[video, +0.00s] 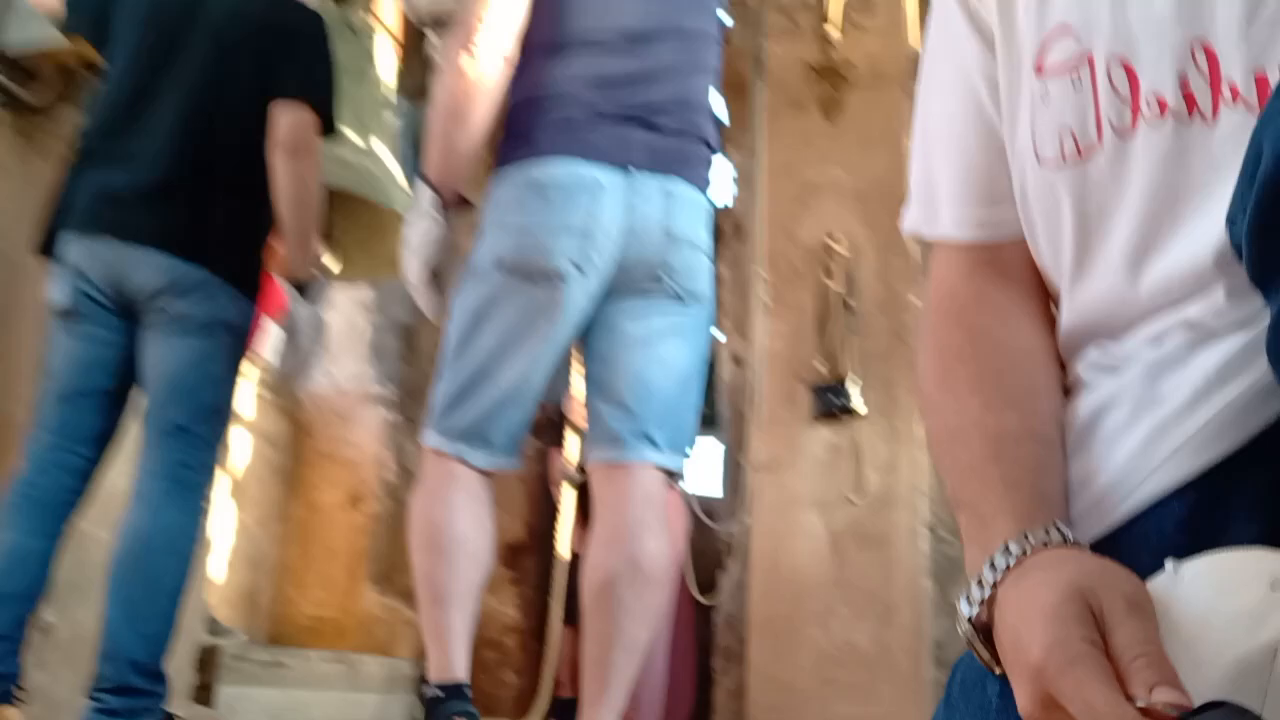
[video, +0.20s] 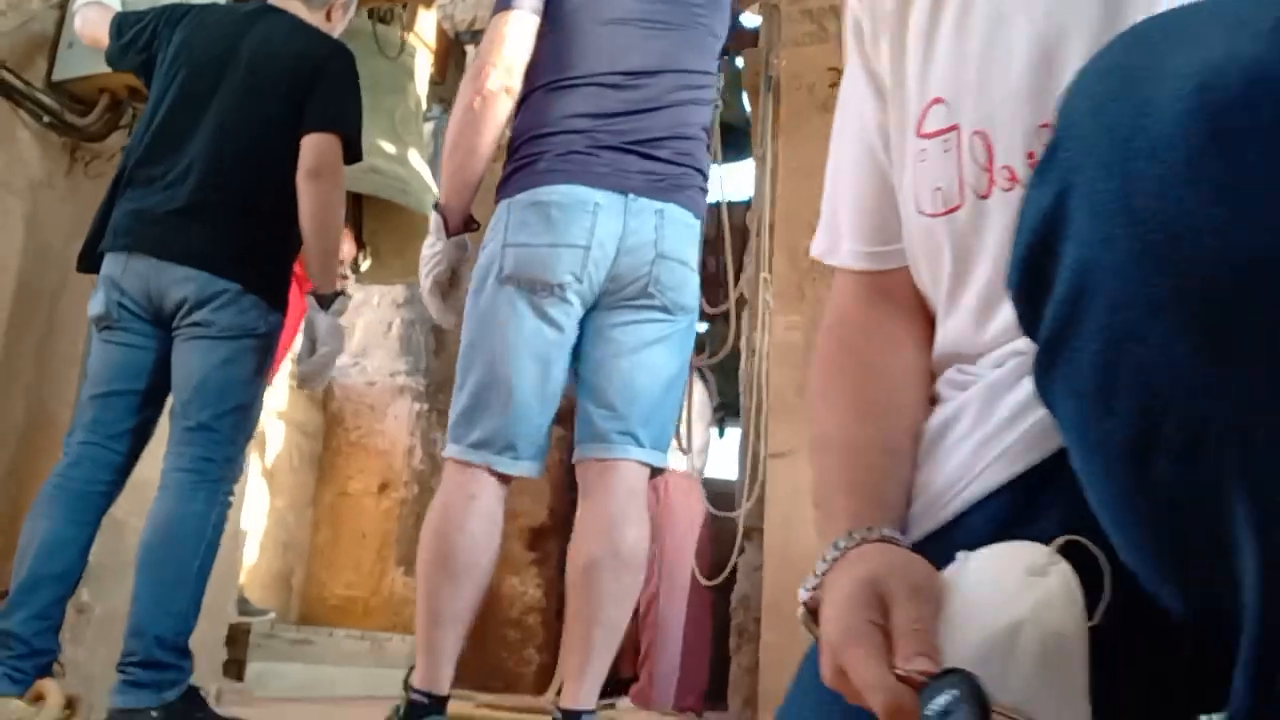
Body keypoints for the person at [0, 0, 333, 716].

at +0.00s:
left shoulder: (139, 3)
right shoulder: (291, 20)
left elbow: (77, 34)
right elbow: (293, 132)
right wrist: (303, 257)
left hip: (93, 226)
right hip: (201, 253)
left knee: (54, 459)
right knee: (173, 481)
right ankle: (126, 697)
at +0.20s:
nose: (345, 23)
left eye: (348, 16)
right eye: (348, 16)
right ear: (335, 8)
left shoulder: (188, 20)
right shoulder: (326, 57)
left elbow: (97, 28)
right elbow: (317, 166)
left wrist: (96, 14)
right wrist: (327, 287)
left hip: (133, 255)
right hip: (232, 278)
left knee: (89, 456)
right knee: (198, 476)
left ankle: (15, 666)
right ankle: (151, 687)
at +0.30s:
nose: (431, 49)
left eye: (432, 38)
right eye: (432, 37)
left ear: (357, 14)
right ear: (419, 30)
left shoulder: (286, 54)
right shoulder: (408, 84)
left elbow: (198, 60)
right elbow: (405, 184)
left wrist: (194, 38)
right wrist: (418, 296)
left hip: (238, 278)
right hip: (329, 297)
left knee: (206, 464)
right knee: (304, 482)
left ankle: (144, 665)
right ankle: (265, 684)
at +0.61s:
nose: (340, 69)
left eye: (341, 59)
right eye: (342, 59)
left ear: (269, 37)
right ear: (331, 51)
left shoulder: (197, 80)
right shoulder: (321, 101)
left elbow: (110, 92)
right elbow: (319, 207)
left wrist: (100, 71)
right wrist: (332, 316)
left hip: (148, 302)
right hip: (239, 317)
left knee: (114, 490)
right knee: (217, 499)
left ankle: (50, 687)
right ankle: (179, 695)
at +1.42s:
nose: (312, 162)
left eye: (316, 148)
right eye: (311, 144)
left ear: (236, 127)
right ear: (277, 128)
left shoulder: (154, 165)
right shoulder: (281, 192)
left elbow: (69, 185)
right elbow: (276, 294)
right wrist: (290, 413)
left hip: (101, 383)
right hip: (196, 403)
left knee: (58, 583)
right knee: (164, 596)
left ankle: (14, 707)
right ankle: (128, 714)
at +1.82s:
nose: (357, 202)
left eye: (359, 188)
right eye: (351, 185)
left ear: (280, 178)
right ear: (312, 176)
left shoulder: (203, 218)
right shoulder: (314, 242)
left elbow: (137, 232)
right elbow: (309, 343)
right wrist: (320, 460)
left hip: (152, 440)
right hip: (242, 455)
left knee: (124, 619)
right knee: (221, 633)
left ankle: (76, 712)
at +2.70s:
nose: (274, 209)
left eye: (278, 193)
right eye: (273, 189)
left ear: (200, 174)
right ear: (237, 176)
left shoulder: (114, 214)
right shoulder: (235, 240)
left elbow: (42, 225)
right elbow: (224, 352)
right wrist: (237, 475)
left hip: (48, 443)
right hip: (147, 461)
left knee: (12, 634)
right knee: (113, 655)